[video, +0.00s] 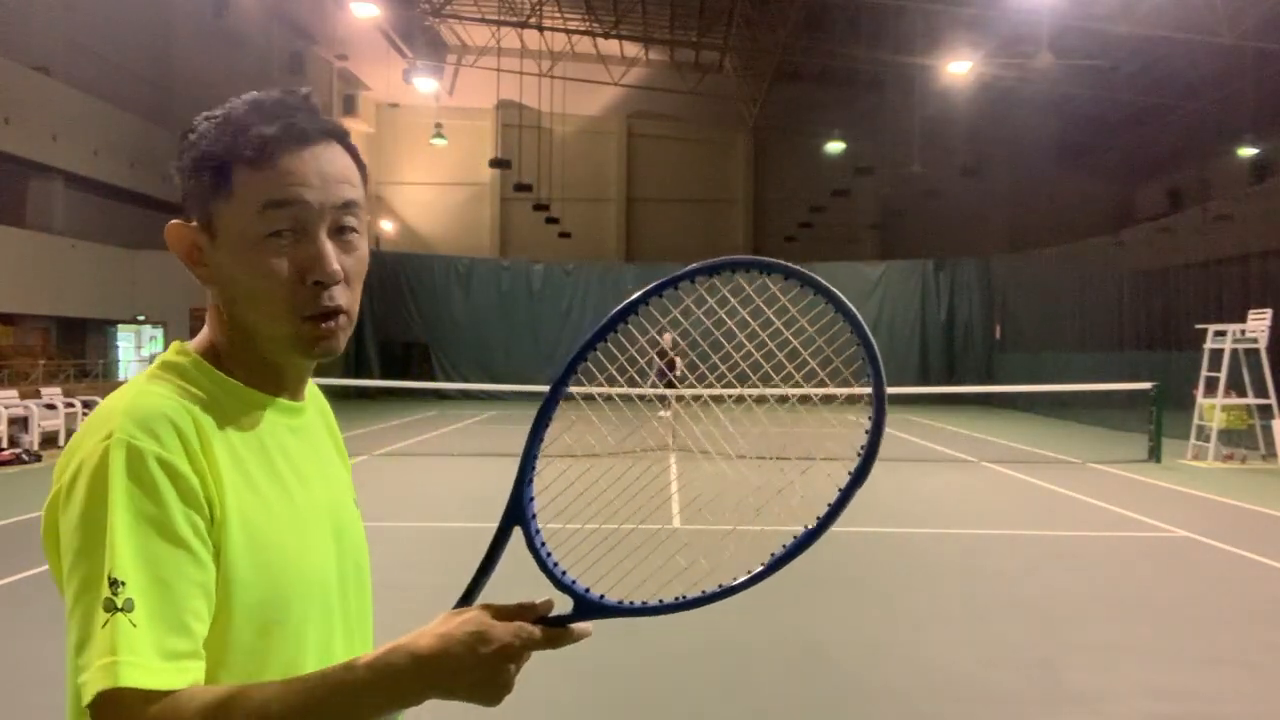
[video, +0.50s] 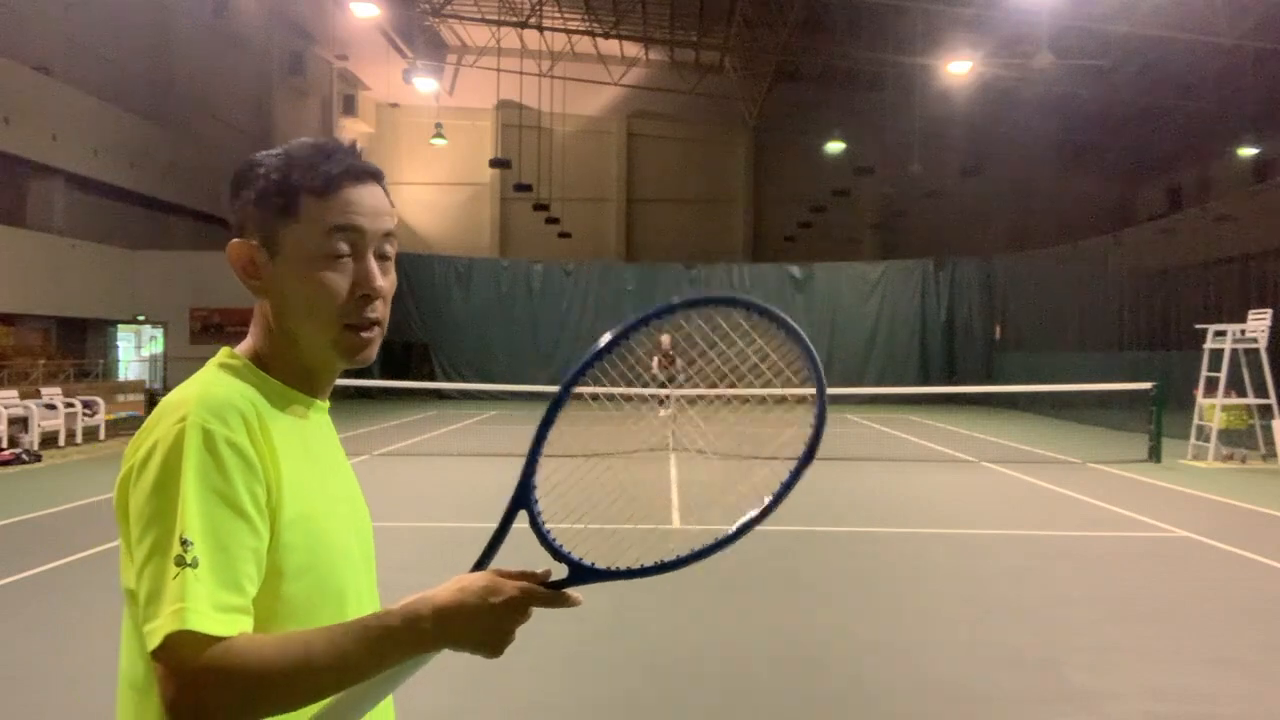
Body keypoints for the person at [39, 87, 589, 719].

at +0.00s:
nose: (330, 268)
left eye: (346, 227)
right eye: (283, 232)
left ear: (368, 237)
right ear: (197, 253)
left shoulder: (306, 409)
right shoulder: (139, 441)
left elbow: (302, 651)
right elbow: (133, 707)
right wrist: (412, 671)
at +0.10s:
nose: (331, 269)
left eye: (351, 232)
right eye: (287, 232)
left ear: (374, 246)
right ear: (204, 249)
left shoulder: (303, 412)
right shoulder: (146, 432)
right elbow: (136, 704)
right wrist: (411, 654)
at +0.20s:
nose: (334, 267)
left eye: (355, 231)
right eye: (291, 231)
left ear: (378, 246)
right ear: (212, 250)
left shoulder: (306, 414)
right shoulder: (154, 427)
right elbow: (140, 695)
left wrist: (431, 638)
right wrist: (414, 636)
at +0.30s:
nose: (341, 272)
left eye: (360, 238)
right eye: (299, 237)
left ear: (382, 250)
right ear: (222, 255)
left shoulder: (306, 414)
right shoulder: (166, 428)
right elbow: (151, 693)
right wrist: (412, 627)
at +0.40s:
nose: (352, 279)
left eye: (369, 247)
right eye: (313, 247)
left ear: (388, 256)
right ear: (233, 260)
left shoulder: (305, 417)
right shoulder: (183, 427)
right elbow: (168, 696)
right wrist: (421, 623)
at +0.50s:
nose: (376, 283)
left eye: (386, 253)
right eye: (340, 252)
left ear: (397, 256)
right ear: (253, 266)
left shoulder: (301, 417)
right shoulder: (207, 425)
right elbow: (193, 684)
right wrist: (428, 622)